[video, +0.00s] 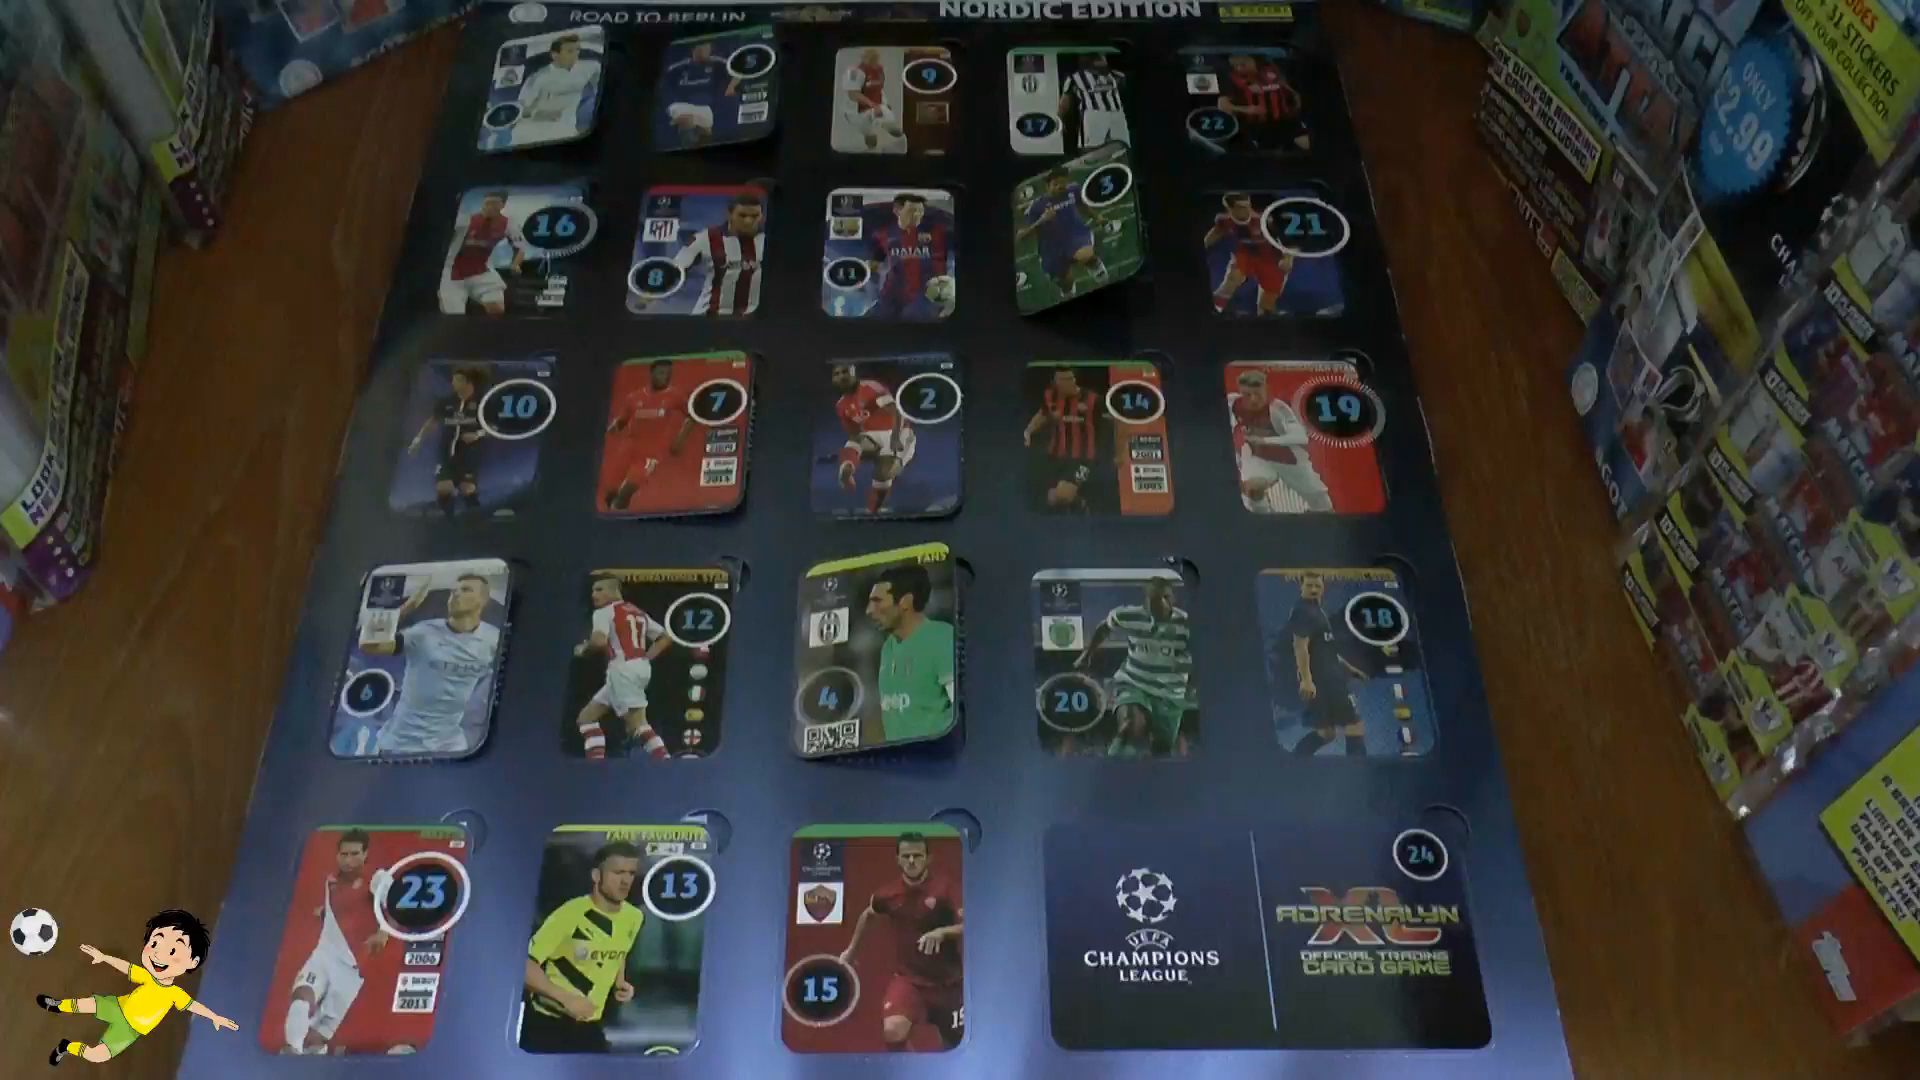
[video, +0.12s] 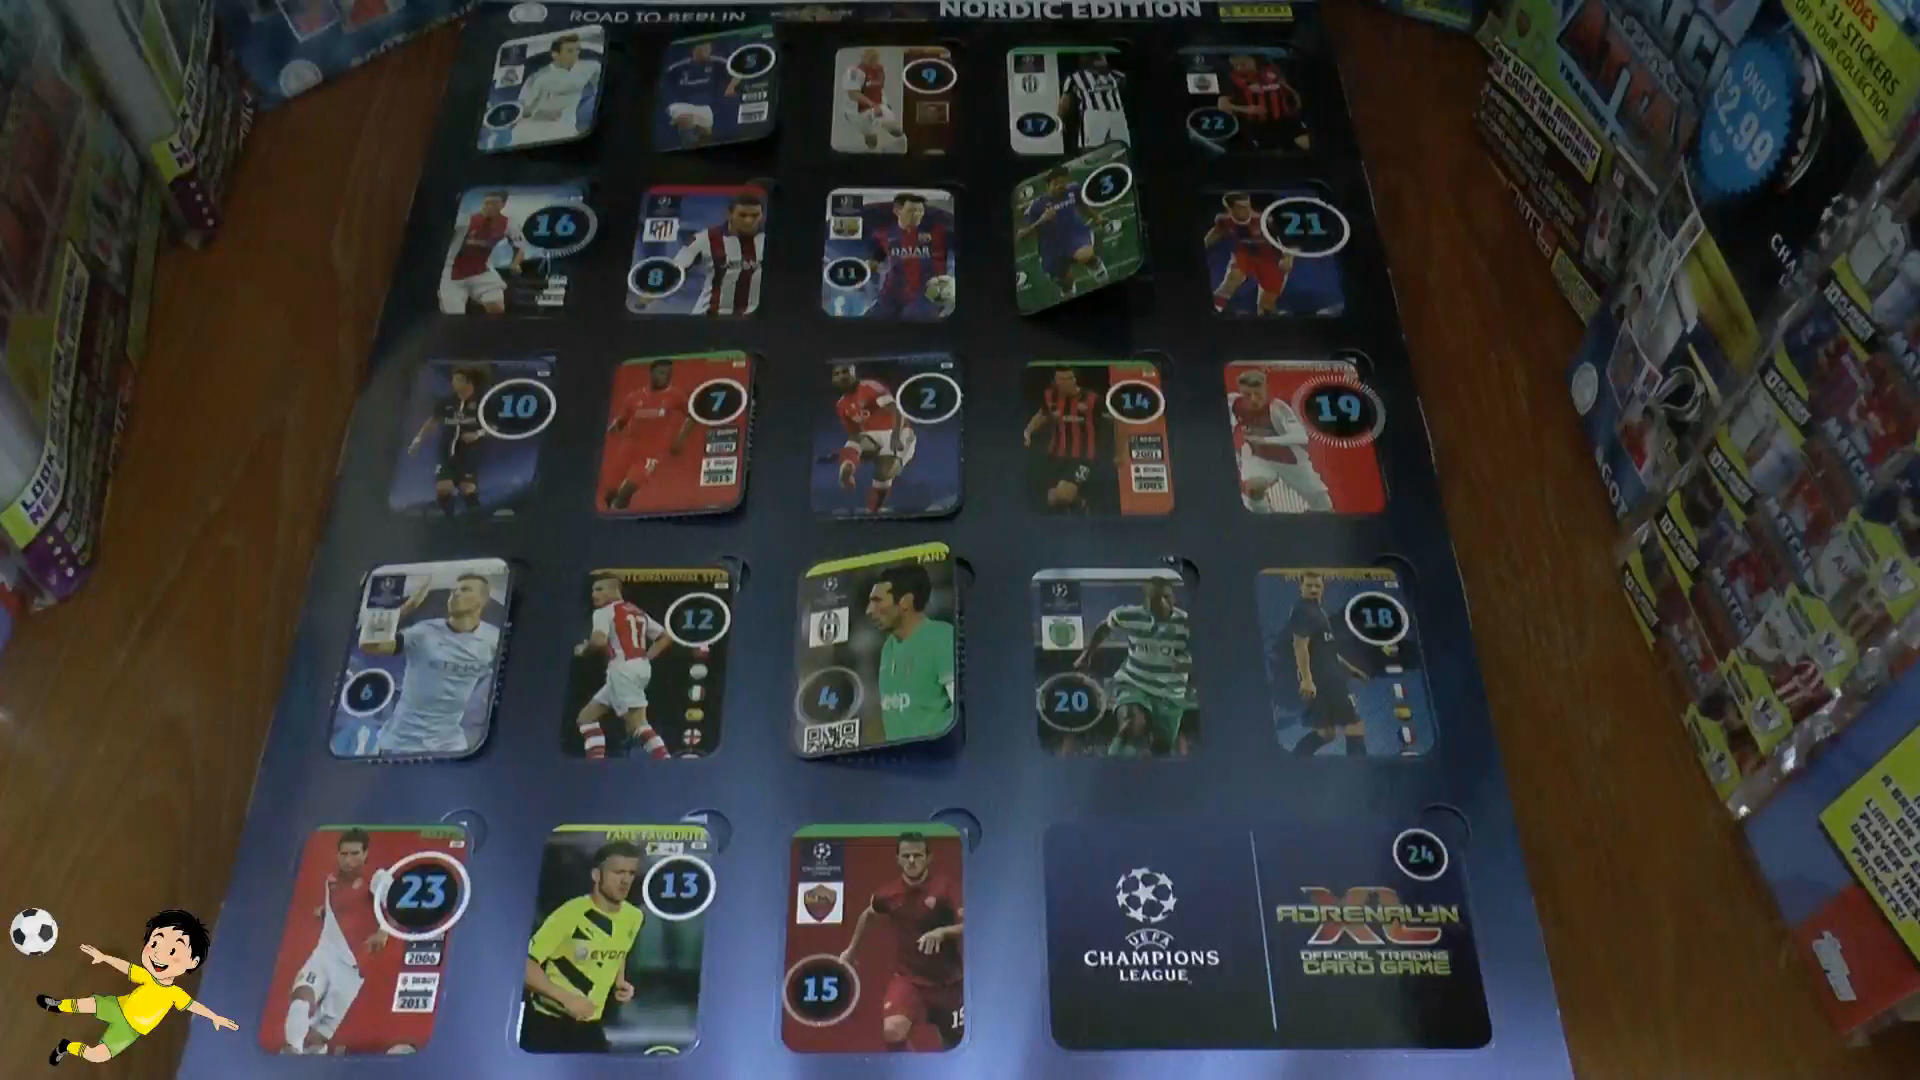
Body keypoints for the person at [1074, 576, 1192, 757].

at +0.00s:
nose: (1160, 604)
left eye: (1165, 597)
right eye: (1155, 599)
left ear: (1172, 598)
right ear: (1146, 600)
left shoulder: (1186, 622)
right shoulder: (1128, 617)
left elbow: (1198, 655)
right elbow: (1104, 628)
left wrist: (1195, 683)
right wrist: (1087, 653)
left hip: (1171, 694)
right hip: (1133, 685)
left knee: (1163, 751)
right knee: (1130, 727)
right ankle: (1107, 777)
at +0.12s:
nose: (1161, 603)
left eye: (1166, 597)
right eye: (1155, 598)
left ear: (1173, 598)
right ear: (1146, 600)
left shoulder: (1185, 621)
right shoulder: (1128, 616)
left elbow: (1198, 653)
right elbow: (1104, 628)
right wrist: (1086, 654)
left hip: (1171, 693)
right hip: (1134, 685)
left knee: (1162, 750)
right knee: (1130, 726)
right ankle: (1108, 777)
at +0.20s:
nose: (1161, 603)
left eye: (1166, 597)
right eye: (1155, 598)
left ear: (1173, 598)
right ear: (1146, 600)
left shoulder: (1185, 621)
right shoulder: (1128, 616)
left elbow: (1199, 656)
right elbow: (1104, 627)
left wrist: (1186, 665)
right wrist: (1086, 654)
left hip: (1171, 693)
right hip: (1133, 685)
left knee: (1162, 750)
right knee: (1130, 726)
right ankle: (1108, 776)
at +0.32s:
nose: (1162, 602)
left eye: (1166, 597)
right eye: (1156, 597)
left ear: (1173, 598)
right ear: (1147, 599)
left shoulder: (1186, 621)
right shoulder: (1128, 616)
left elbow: (1198, 655)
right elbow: (1104, 628)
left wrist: (1186, 664)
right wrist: (1087, 654)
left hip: (1171, 693)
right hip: (1134, 685)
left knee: (1163, 750)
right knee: (1131, 726)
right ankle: (1110, 776)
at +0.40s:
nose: (1161, 602)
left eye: (1166, 597)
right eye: (1156, 597)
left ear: (1173, 598)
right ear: (1147, 599)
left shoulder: (1186, 622)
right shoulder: (1128, 616)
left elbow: (1198, 656)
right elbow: (1104, 628)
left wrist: (1185, 665)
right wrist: (1087, 654)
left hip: (1171, 694)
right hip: (1134, 685)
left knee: (1163, 751)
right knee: (1131, 726)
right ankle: (1109, 777)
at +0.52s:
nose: (1162, 602)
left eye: (1167, 597)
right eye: (1156, 598)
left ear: (1173, 598)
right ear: (1147, 600)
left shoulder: (1186, 621)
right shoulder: (1128, 616)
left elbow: (1201, 657)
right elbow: (1104, 628)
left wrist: (1187, 665)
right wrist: (1087, 654)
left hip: (1171, 694)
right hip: (1134, 685)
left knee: (1162, 752)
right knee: (1132, 726)